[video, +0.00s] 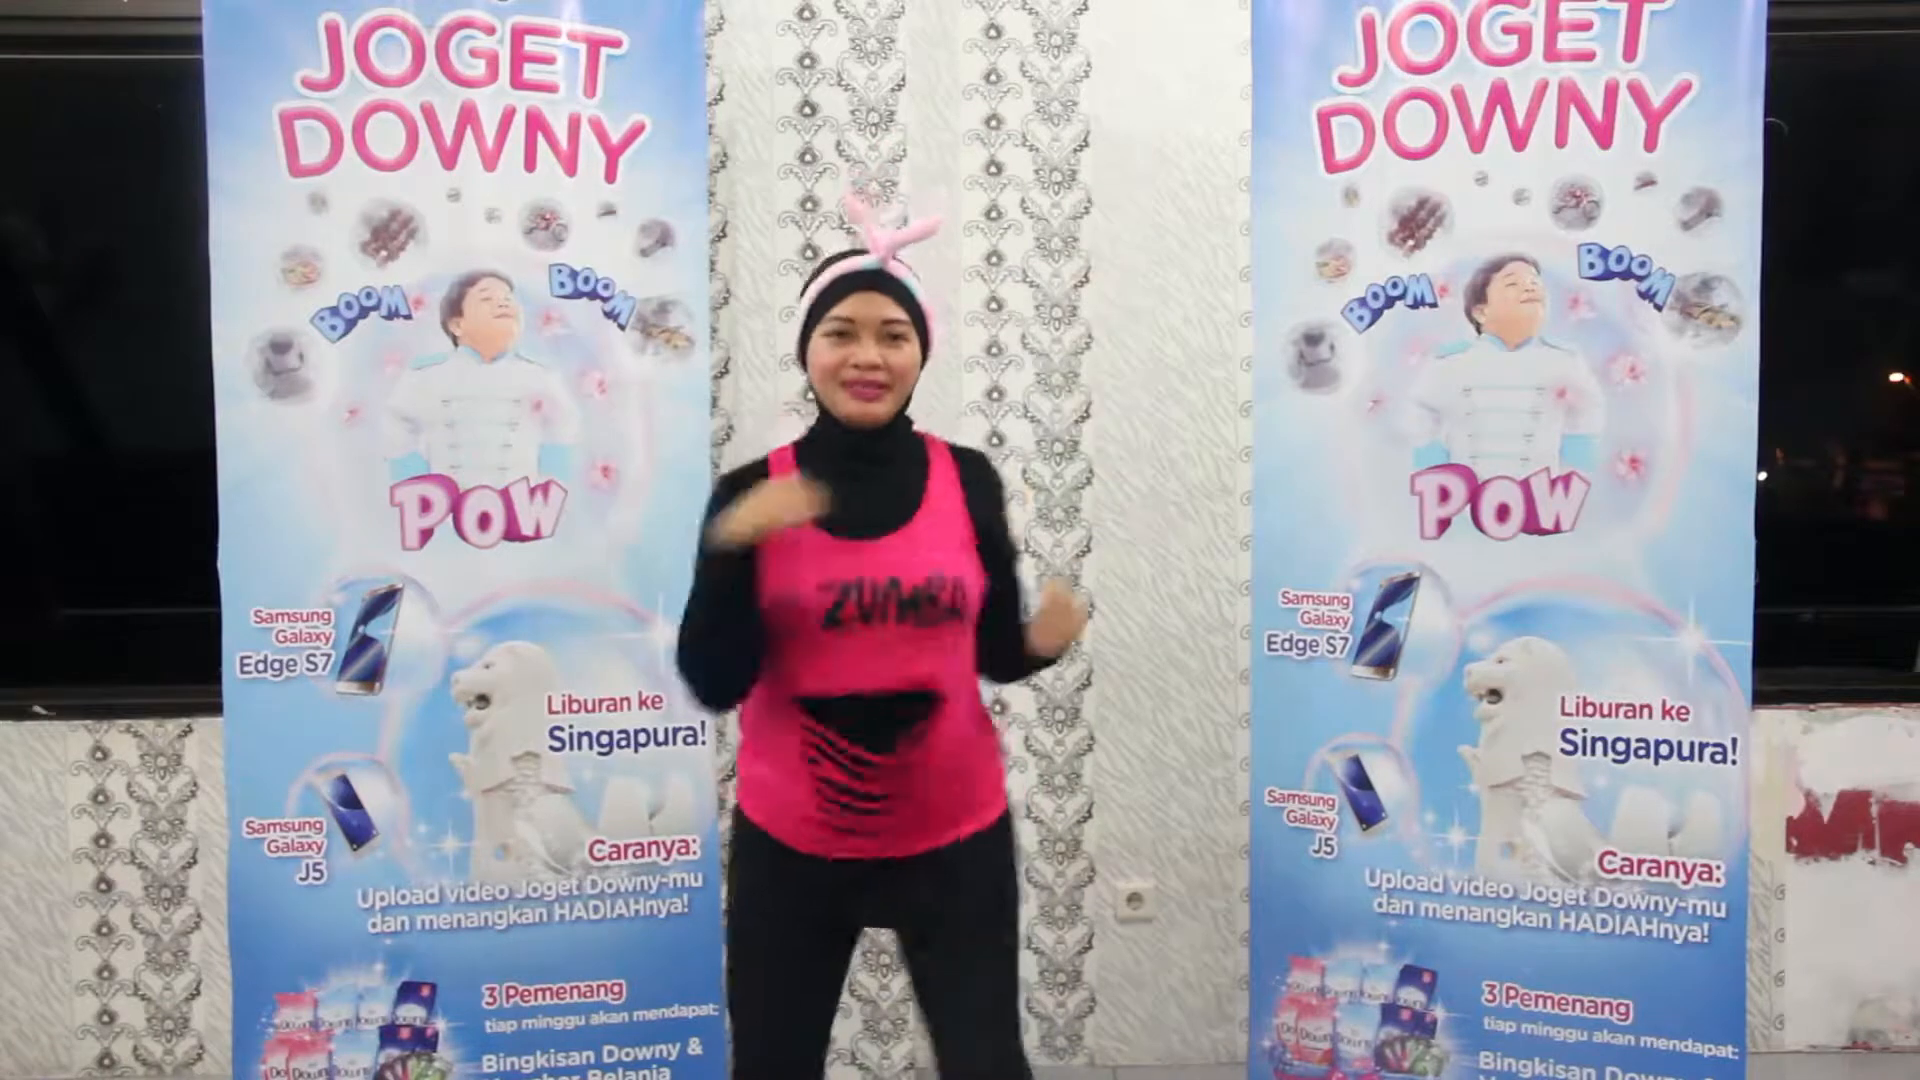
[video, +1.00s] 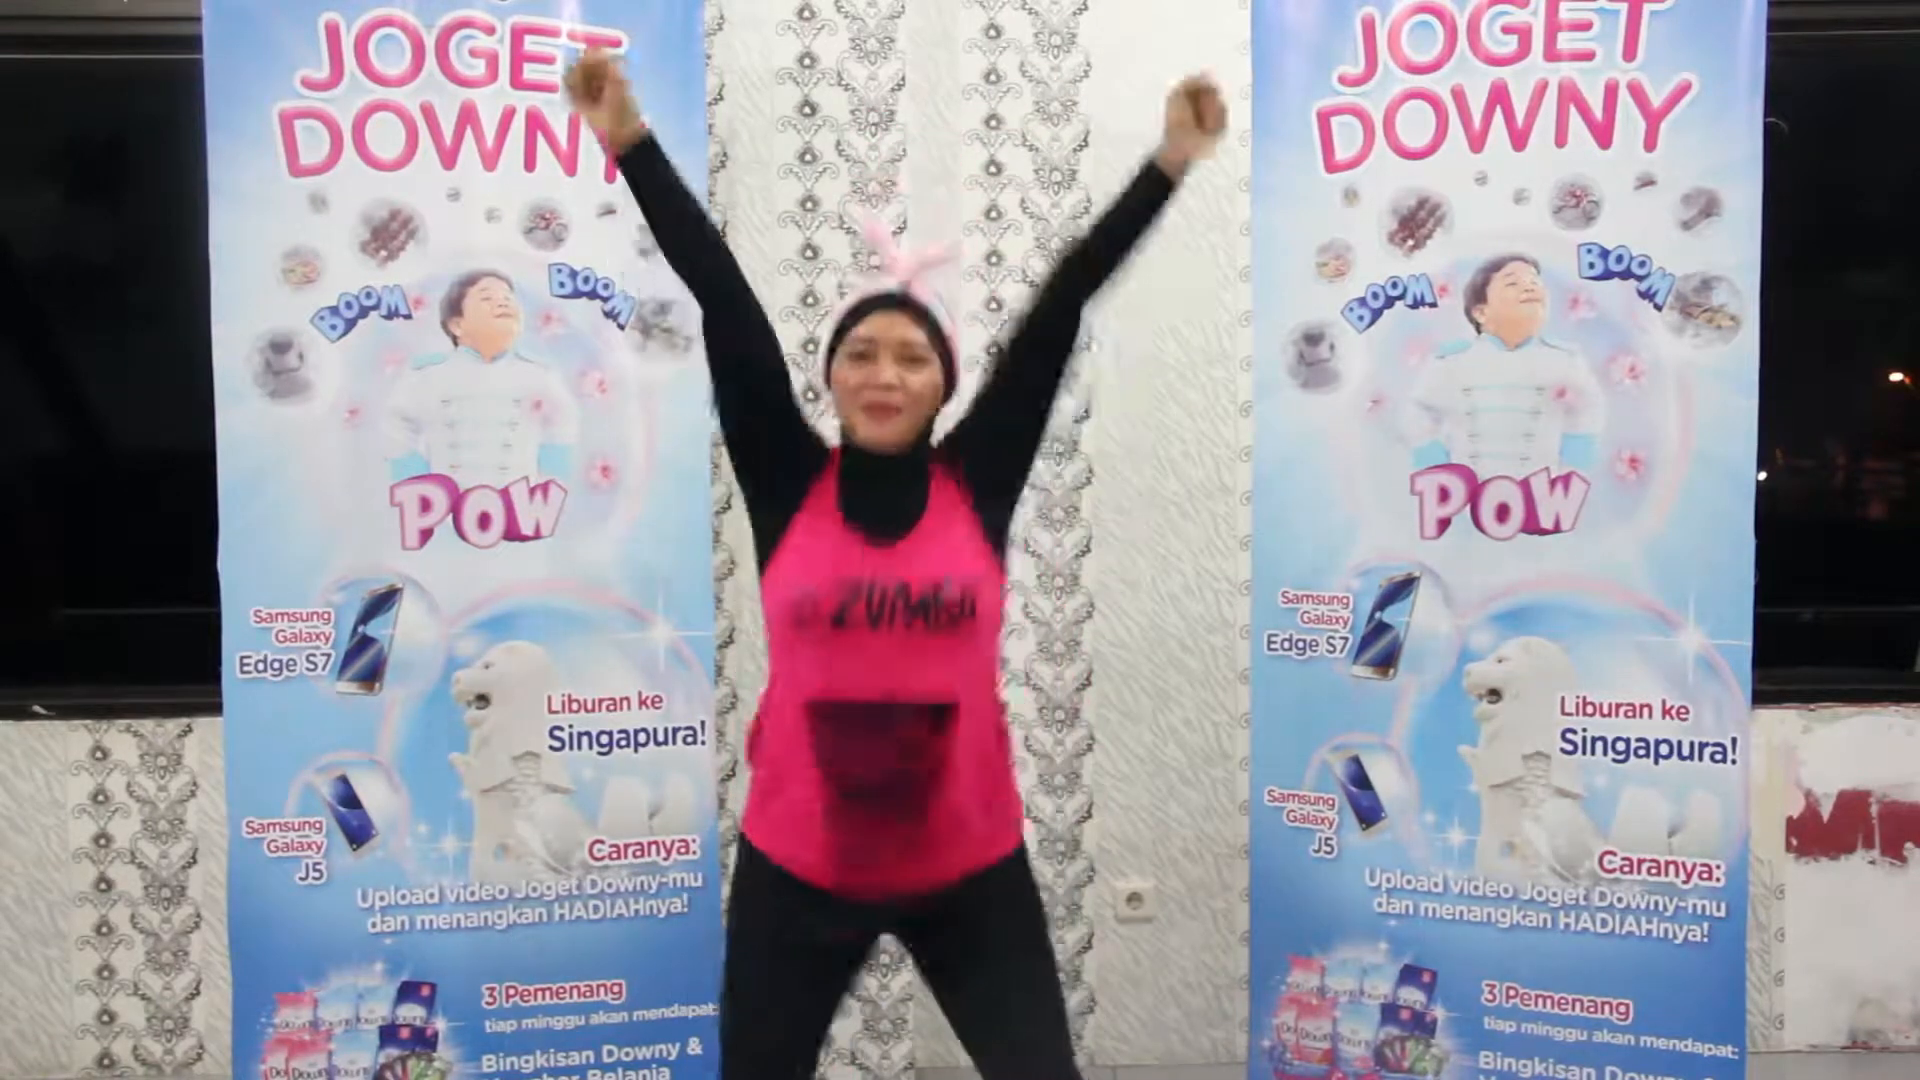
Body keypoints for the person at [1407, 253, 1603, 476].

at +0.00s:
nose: (1529, 287)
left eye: (1535, 281)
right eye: (1511, 283)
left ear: (1544, 299)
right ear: (1479, 311)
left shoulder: (1565, 363)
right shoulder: (1446, 365)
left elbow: (1584, 430)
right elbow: (1418, 421)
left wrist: (1566, 492)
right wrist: (1435, 481)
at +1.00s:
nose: (1529, 287)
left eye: (1535, 281)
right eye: (1511, 283)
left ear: (1545, 298)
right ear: (1479, 312)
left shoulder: (1565, 363)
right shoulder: (1447, 365)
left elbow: (1584, 425)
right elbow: (1414, 417)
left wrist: (1565, 488)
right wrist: (1436, 477)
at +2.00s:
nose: (1529, 287)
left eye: (1534, 281)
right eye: (1511, 283)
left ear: (1545, 299)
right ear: (1479, 311)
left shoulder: (1565, 364)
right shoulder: (1447, 367)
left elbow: (1585, 426)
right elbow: (1413, 415)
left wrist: (1567, 483)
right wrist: (1435, 473)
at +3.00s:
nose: (1529, 287)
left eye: (1534, 281)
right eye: (1510, 283)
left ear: (1545, 300)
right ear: (1479, 311)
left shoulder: (1565, 365)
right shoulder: (1445, 367)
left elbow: (1583, 435)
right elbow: (1417, 425)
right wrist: (1437, 483)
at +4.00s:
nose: (1529, 287)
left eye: (1535, 281)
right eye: (1511, 283)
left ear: (1545, 299)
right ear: (1479, 311)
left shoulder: (1565, 365)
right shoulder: (1445, 368)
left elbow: (1583, 434)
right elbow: (1415, 423)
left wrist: (1564, 492)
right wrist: (1437, 478)